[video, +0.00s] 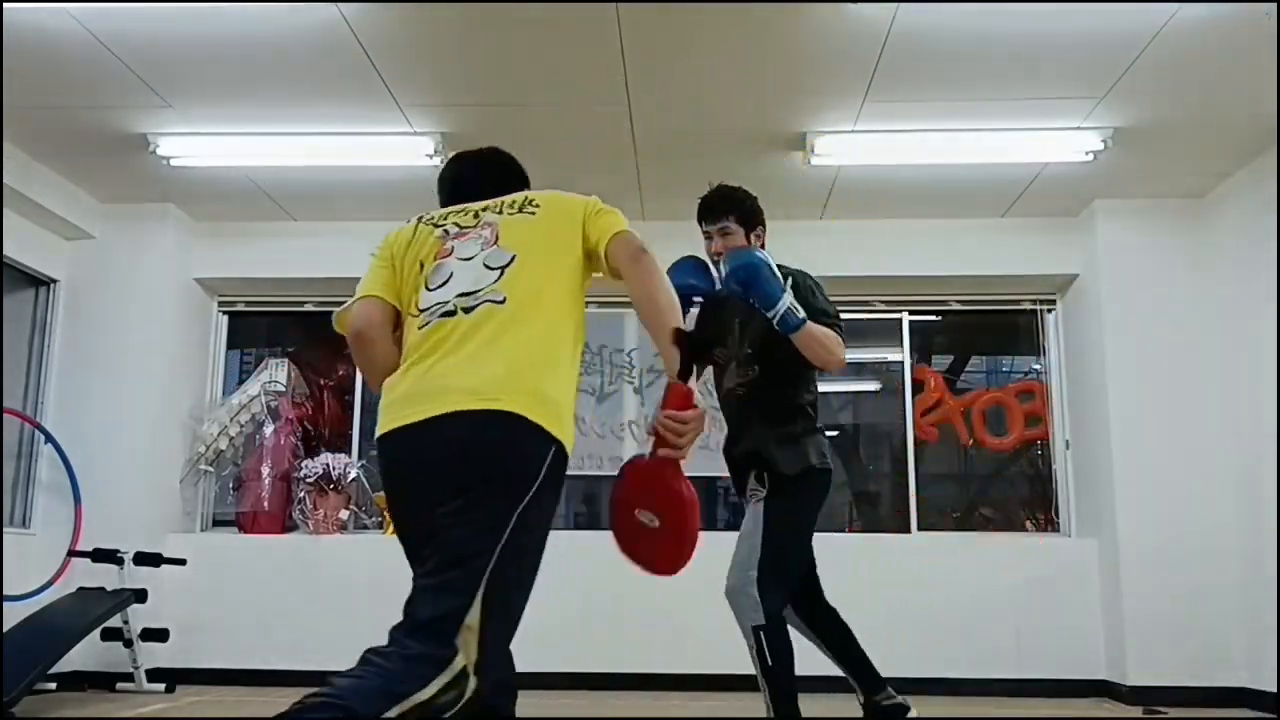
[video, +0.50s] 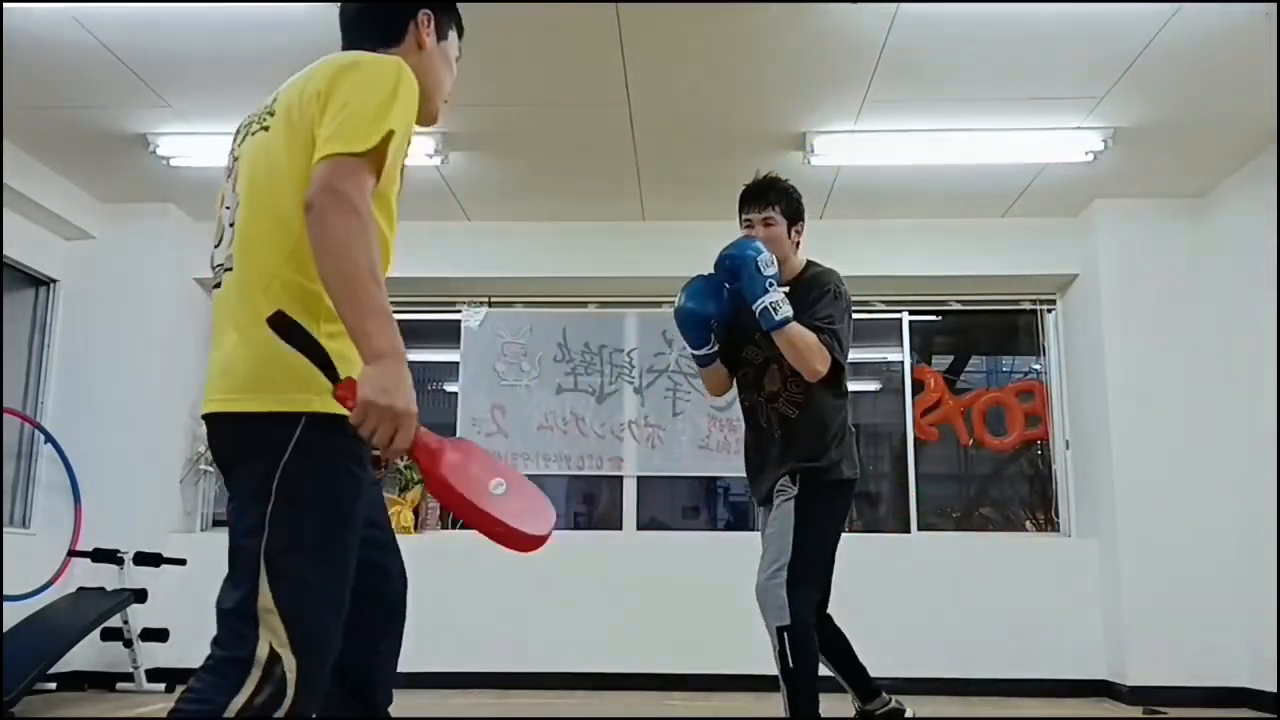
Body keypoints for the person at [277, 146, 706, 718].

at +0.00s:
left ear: (445, 202)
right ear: (525, 188)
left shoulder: (407, 235)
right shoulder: (570, 207)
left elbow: (365, 322)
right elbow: (634, 256)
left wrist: (409, 403)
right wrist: (681, 377)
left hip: (407, 433)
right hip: (515, 423)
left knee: (474, 643)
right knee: (438, 645)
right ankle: (319, 711)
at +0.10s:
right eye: (509, 187)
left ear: (420, 195)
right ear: (500, 182)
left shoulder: (366, 241)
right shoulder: (529, 206)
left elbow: (316, 349)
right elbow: (599, 284)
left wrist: (373, 422)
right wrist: (658, 410)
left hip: (355, 449)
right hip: (461, 436)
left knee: (450, 654)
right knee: (402, 665)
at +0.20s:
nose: (501, 166)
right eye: (500, 158)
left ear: (408, 155)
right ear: (485, 148)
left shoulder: (341, 212)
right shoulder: (488, 171)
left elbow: (270, 337)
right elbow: (514, 278)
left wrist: (338, 417)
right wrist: (584, 419)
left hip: (306, 440)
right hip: (400, 426)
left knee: (418, 653)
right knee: (345, 666)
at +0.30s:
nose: (486, 132)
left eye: (487, 120)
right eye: (487, 116)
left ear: (391, 99)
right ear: (464, 98)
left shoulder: (316, 170)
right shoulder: (442, 128)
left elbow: (235, 298)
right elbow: (431, 243)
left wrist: (310, 378)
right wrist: (495, 398)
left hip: (276, 423)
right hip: (350, 416)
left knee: (391, 640)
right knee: (309, 670)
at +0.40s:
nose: (467, 105)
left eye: (471, 87)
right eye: (470, 81)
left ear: (368, 55)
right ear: (442, 56)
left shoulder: (292, 131)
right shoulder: (404, 92)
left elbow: (215, 267)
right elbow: (370, 218)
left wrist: (338, 334)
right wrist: (430, 373)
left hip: (264, 400)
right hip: (322, 400)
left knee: (383, 621)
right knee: (285, 657)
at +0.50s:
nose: (452, 82)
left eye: (457, 61)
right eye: (454, 55)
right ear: (425, 29)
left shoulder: (285, 110)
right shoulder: (377, 74)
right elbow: (336, 198)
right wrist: (387, 358)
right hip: (292, 399)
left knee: (374, 609)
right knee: (268, 656)